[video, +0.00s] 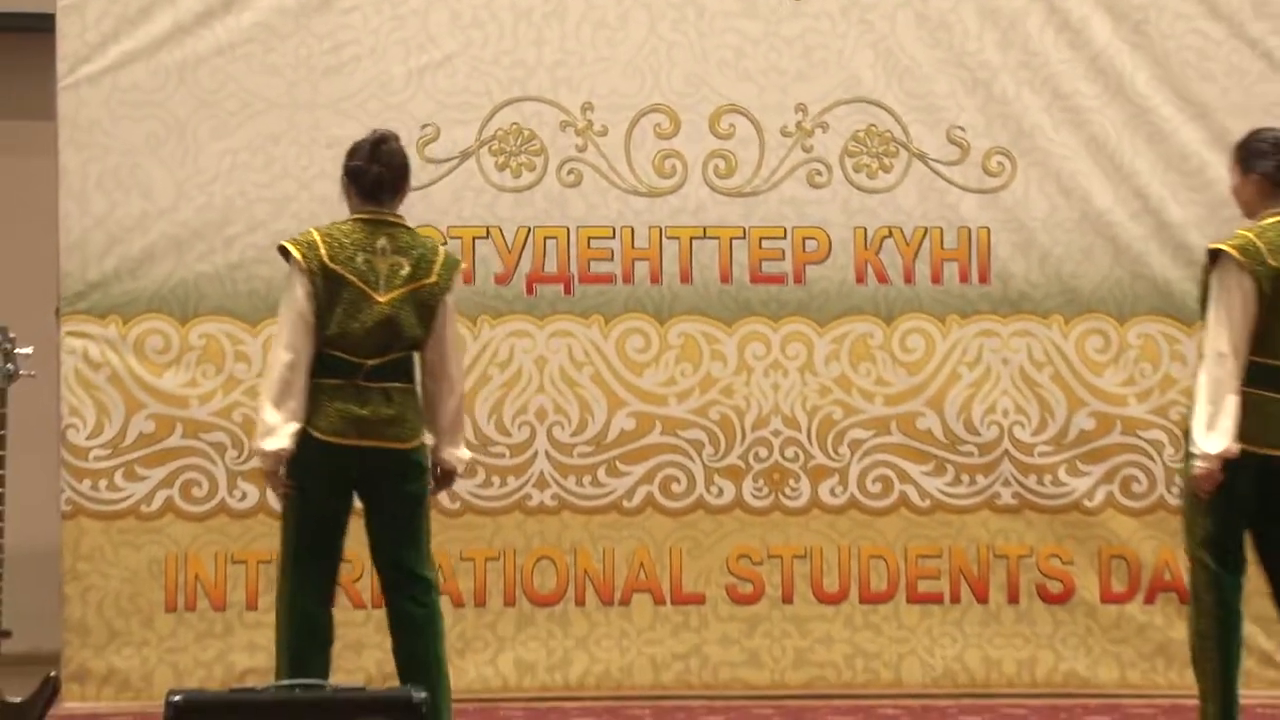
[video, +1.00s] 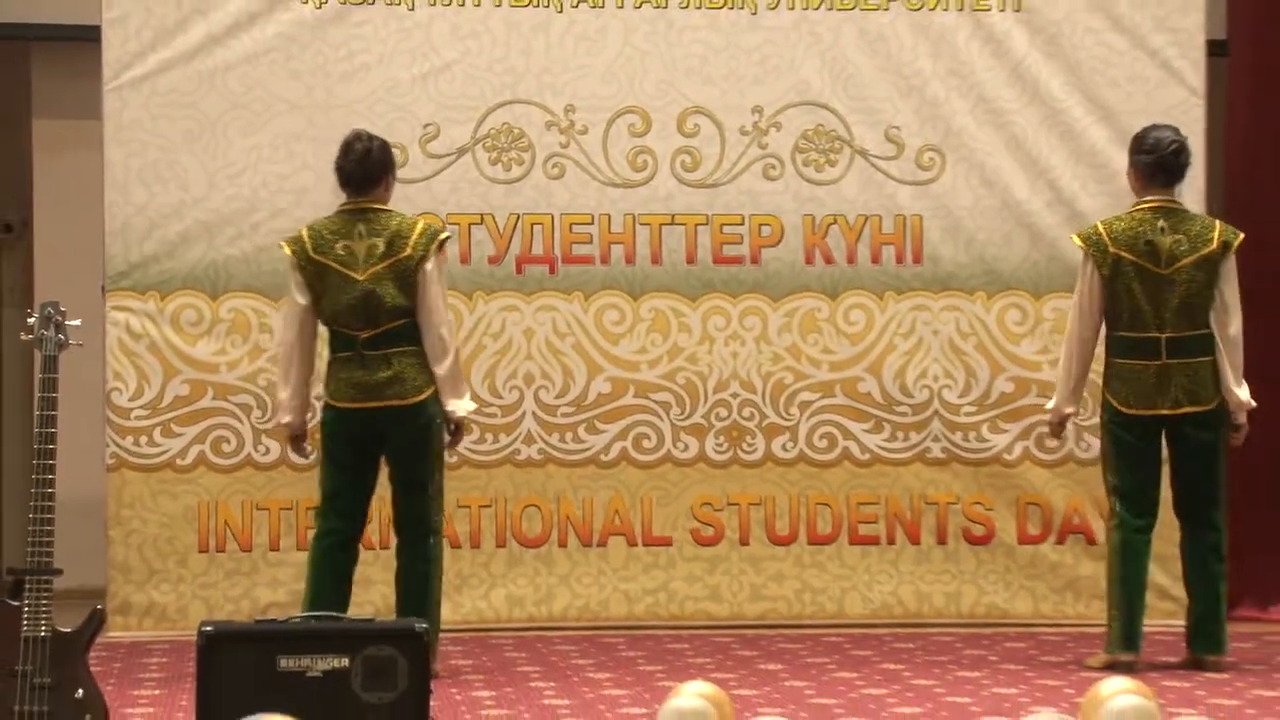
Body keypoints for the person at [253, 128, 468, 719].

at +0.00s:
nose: (363, 190)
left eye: (350, 180)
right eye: (390, 183)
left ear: (346, 185)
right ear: (405, 188)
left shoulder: (314, 252)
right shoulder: (433, 259)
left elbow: (292, 352)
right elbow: (444, 362)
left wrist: (277, 438)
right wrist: (449, 445)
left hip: (322, 444)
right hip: (399, 448)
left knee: (306, 584)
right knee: (412, 584)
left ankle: (300, 718)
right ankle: (430, 714)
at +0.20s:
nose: (360, 188)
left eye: (334, 176)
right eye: (374, 179)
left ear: (324, 180)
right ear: (382, 184)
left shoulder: (289, 247)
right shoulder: (409, 255)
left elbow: (263, 348)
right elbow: (417, 355)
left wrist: (241, 429)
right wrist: (422, 436)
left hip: (301, 431)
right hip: (376, 435)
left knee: (298, 567)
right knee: (392, 566)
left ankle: (302, 702)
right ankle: (421, 698)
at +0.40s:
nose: (356, 180)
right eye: (365, 172)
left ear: (313, 176)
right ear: (369, 177)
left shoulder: (279, 242)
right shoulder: (396, 245)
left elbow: (259, 342)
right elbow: (408, 345)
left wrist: (243, 424)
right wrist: (412, 427)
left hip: (300, 428)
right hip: (372, 429)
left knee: (302, 554)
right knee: (371, 553)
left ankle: (309, 681)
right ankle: (366, 679)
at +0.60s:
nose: (373, 178)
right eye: (372, 170)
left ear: (317, 173)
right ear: (370, 173)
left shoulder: (279, 238)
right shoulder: (393, 237)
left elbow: (271, 335)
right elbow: (411, 331)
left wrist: (270, 413)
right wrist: (426, 408)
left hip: (308, 417)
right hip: (382, 416)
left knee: (312, 539)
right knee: (409, 528)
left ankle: (314, 665)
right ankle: (405, 658)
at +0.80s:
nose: (381, 181)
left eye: (373, 173)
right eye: (380, 174)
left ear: (323, 176)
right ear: (375, 177)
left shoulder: (287, 240)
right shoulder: (396, 236)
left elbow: (282, 334)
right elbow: (416, 329)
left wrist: (285, 412)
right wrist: (435, 404)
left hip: (322, 411)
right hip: (394, 407)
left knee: (323, 535)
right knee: (423, 532)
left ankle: (315, 659)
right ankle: (428, 658)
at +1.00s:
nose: (394, 182)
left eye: (382, 175)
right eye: (394, 175)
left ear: (340, 181)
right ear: (390, 180)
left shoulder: (310, 243)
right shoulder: (418, 236)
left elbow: (300, 336)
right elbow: (435, 329)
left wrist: (296, 410)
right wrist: (455, 403)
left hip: (345, 410)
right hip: (412, 408)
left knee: (336, 528)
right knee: (419, 532)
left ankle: (317, 648)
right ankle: (416, 652)